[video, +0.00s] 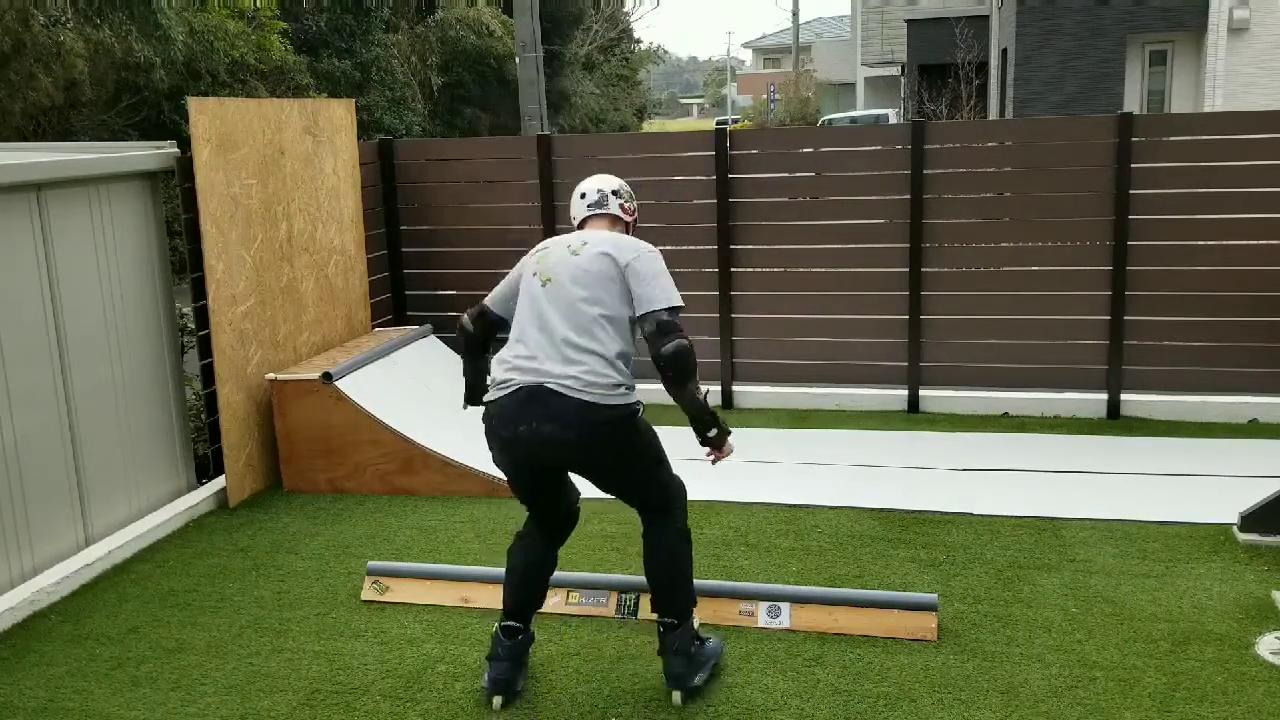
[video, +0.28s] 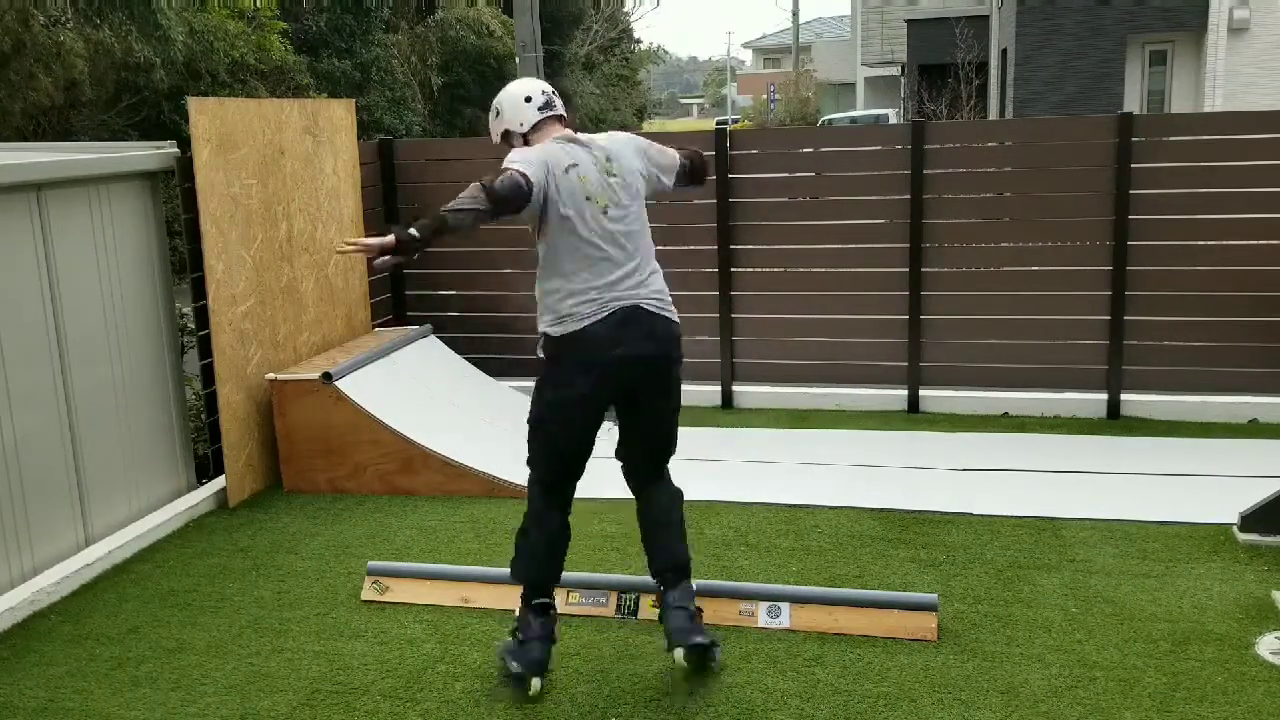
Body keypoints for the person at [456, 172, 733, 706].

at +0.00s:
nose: (634, 222)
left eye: (630, 215)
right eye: (632, 214)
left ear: (576, 218)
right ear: (627, 214)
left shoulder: (539, 254)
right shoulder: (635, 252)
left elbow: (478, 323)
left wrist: (475, 378)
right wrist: (702, 418)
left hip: (509, 411)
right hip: (593, 412)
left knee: (552, 513)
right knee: (664, 503)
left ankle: (506, 653)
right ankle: (681, 651)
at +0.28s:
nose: (508, 148)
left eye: (506, 139)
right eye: (507, 141)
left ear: (515, 131)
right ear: (565, 114)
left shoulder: (533, 157)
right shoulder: (626, 146)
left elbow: (496, 195)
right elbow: (693, 170)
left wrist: (407, 238)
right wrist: (685, 160)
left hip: (579, 338)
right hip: (655, 332)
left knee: (552, 486)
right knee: (651, 470)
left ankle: (535, 633)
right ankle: (682, 614)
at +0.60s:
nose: (521, 221)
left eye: (521, 211)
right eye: (515, 214)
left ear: (543, 193)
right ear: (543, 191)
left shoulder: (615, 191)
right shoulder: (551, 209)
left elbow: (637, 261)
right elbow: (543, 241)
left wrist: (542, 285)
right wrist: (523, 266)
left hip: (684, 322)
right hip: (610, 323)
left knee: (701, 446)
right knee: (570, 437)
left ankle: (734, 554)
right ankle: (562, 546)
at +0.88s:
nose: (576, 317)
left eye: (581, 307)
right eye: (568, 311)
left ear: (607, 285)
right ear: (555, 292)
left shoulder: (664, 270)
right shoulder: (551, 277)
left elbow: (727, 342)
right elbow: (492, 296)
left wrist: (712, 424)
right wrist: (450, 357)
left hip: (682, 336)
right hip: (612, 335)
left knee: (719, 433)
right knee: (568, 435)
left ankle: (738, 547)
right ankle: (565, 540)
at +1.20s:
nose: (585, 276)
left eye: (592, 264)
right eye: (575, 267)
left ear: (621, 238)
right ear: (559, 247)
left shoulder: (667, 233)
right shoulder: (554, 245)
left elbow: (744, 292)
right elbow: (484, 246)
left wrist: (709, 336)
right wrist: (438, 312)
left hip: (685, 335)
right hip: (602, 332)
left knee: (719, 441)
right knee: (557, 441)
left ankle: (738, 550)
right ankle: (565, 541)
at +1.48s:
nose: (531, 188)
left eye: (536, 174)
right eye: (523, 178)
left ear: (571, 154)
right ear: (524, 168)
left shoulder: (640, 176)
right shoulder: (535, 192)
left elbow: (691, 255)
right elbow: (515, 241)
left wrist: (598, 274)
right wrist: (489, 310)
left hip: (660, 337)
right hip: (586, 342)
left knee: (644, 475)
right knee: (567, 465)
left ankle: (684, 599)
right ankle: (614, 588)